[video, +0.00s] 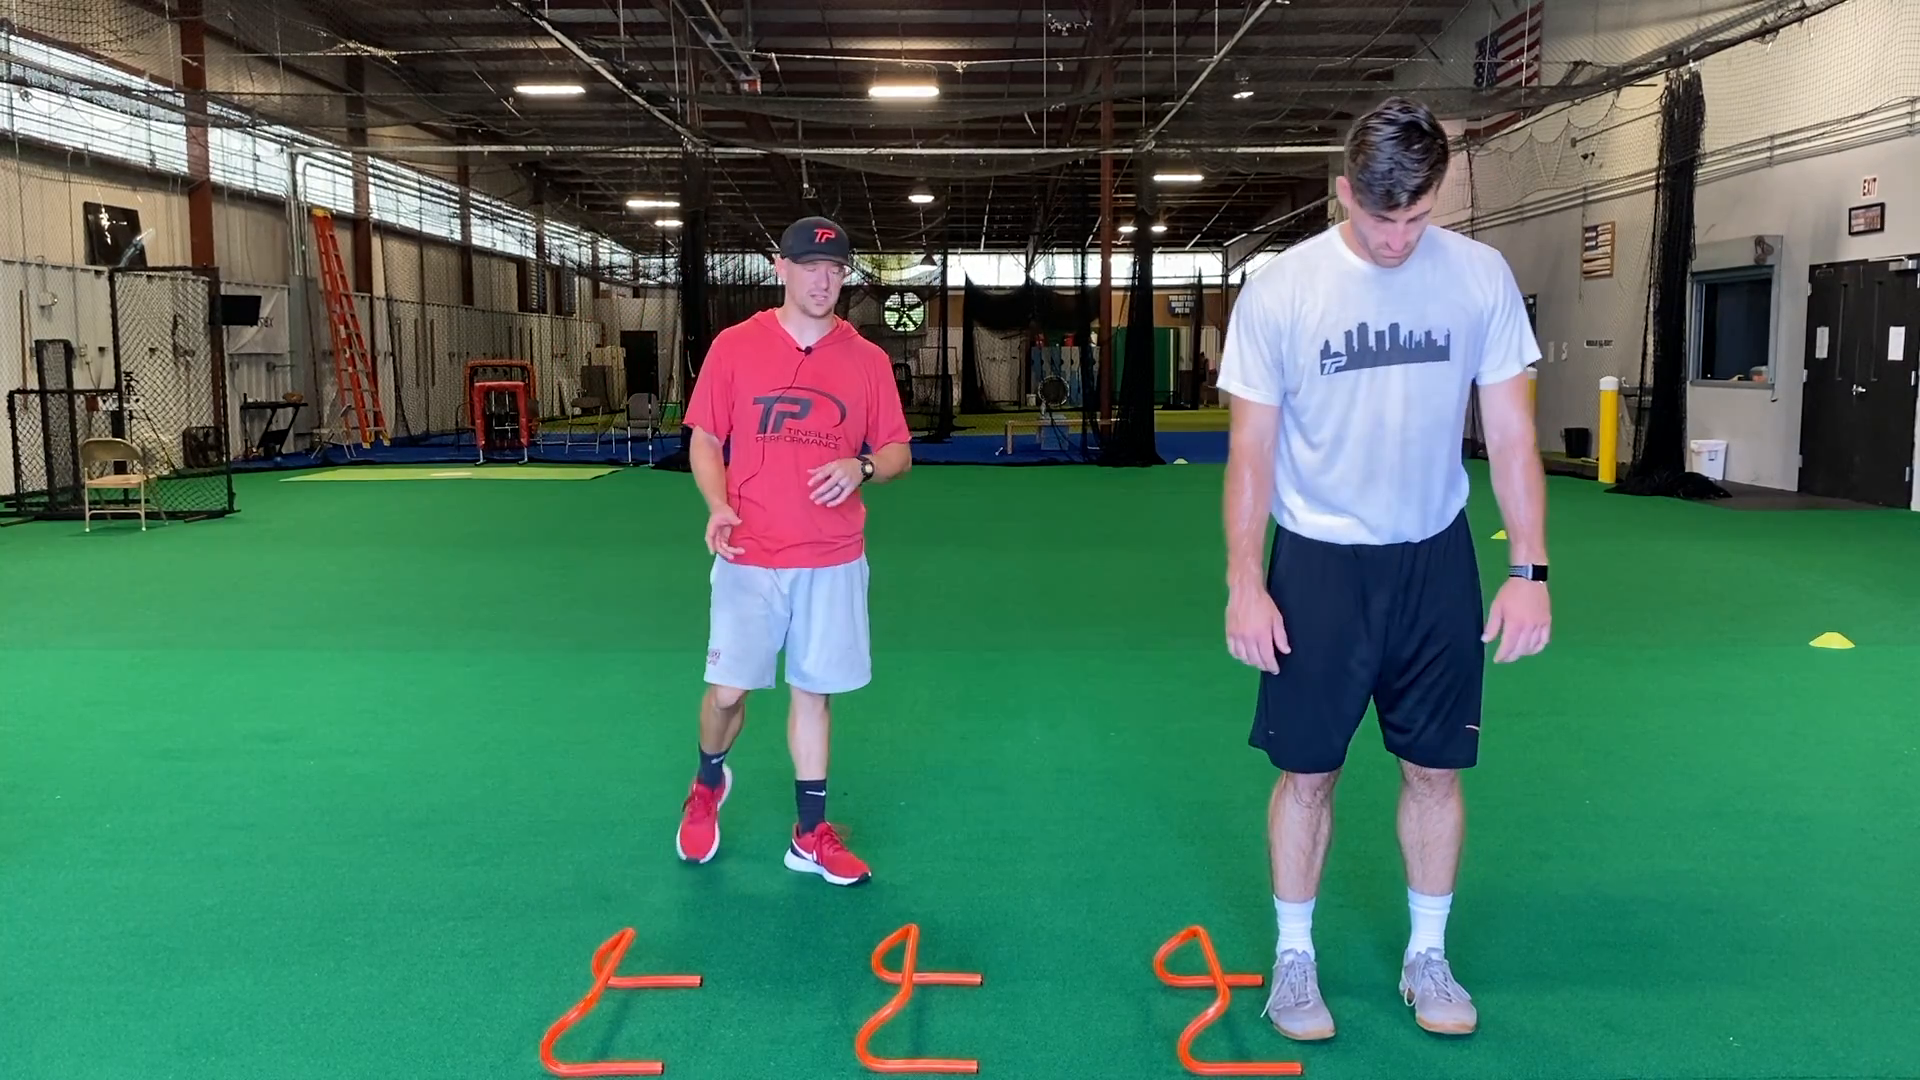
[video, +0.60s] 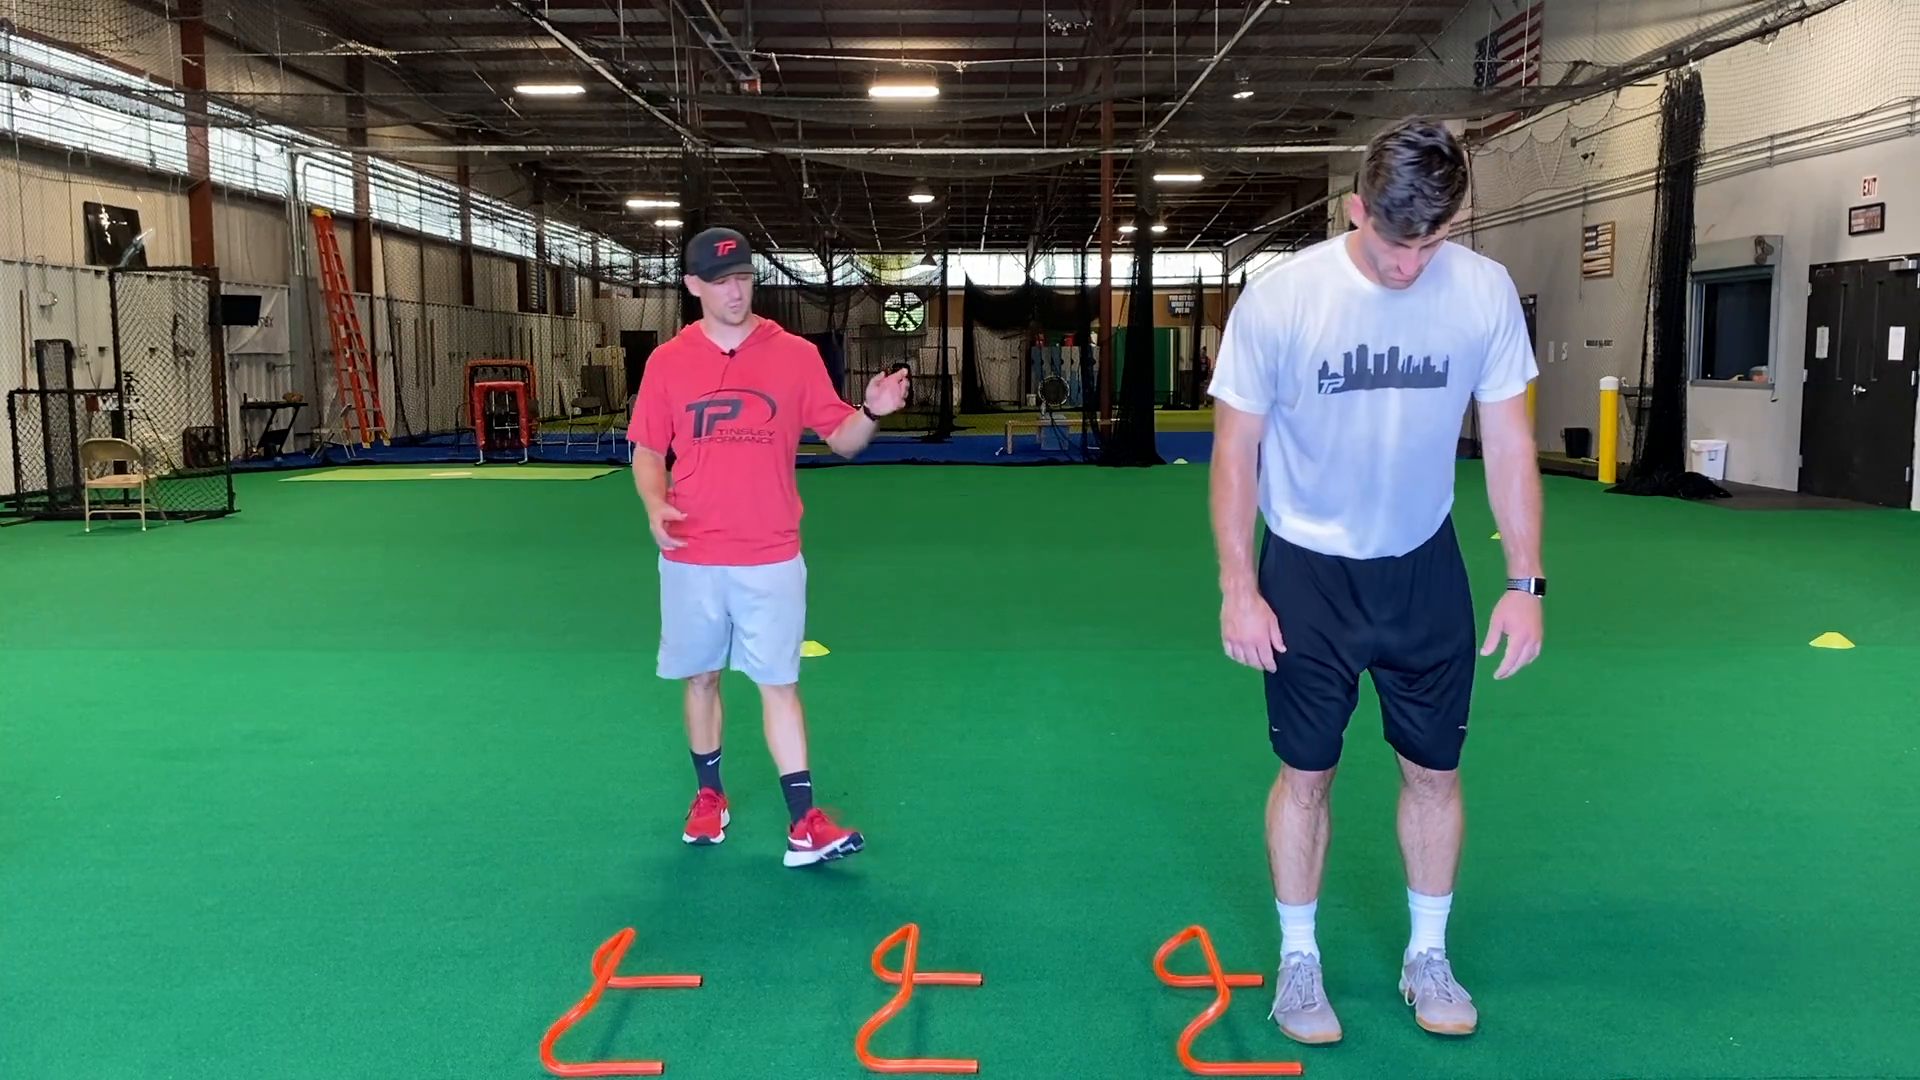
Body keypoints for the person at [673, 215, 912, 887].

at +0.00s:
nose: (824, 279)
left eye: (834, 268)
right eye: (811, 266)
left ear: (846, 276)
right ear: (782, 269)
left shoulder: (869, 362)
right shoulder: (735, 346)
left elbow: (897, 452)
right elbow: (703, 439)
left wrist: (863, 466)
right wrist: (718, 505)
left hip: (830, 560)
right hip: (747, 556)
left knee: (814, 689)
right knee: (729, 689)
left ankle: (811, 831)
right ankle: (709, 784)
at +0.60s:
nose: (736, 289)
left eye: (743, 275)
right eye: (721, 279)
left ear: (754, 279)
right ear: (693, 286)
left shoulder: (795, 355)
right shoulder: (668, 361)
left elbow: (841, 441)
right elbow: (648, 449)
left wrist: (870, 410)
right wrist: (655, 502)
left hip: (772, 553)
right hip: (691, 554)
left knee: (780, 681)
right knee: (700, 675)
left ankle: (803, 819)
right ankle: (709, 796)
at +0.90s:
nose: (702, 287)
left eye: (708, 273)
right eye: (687, 279)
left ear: (722, 275)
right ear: (663, 286)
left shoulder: (769, 343)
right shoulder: (648, 361)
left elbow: (796, 441)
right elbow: (639, 447)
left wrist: (812, 425)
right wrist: (640, 501)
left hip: (761, 537)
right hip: (683, 544)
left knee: (780, 664)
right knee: (699, 665)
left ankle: (789, 791)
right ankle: (709, 794)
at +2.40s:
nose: (713, 292)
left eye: (723, 282)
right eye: (702, 283)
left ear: (742, 287)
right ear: (685, 289)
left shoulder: (760, 349)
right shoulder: (656, 351)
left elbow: (782, 435)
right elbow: (632, 432)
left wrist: (755, 505)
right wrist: (666, 495)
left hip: (744, 525)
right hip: (671, 526)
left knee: (745, 641)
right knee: (656, 640)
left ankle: (753, 754)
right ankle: (638, 751)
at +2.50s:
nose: (700, 297)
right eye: (687, 281)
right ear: (669, 287)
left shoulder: (759, 356)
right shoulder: (643, 350)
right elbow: (618, 434)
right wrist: (658, 496)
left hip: (730, 526)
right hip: (659, 522)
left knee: (737, 646)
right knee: (649, 637)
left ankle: (750, 752)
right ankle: (637, 750)